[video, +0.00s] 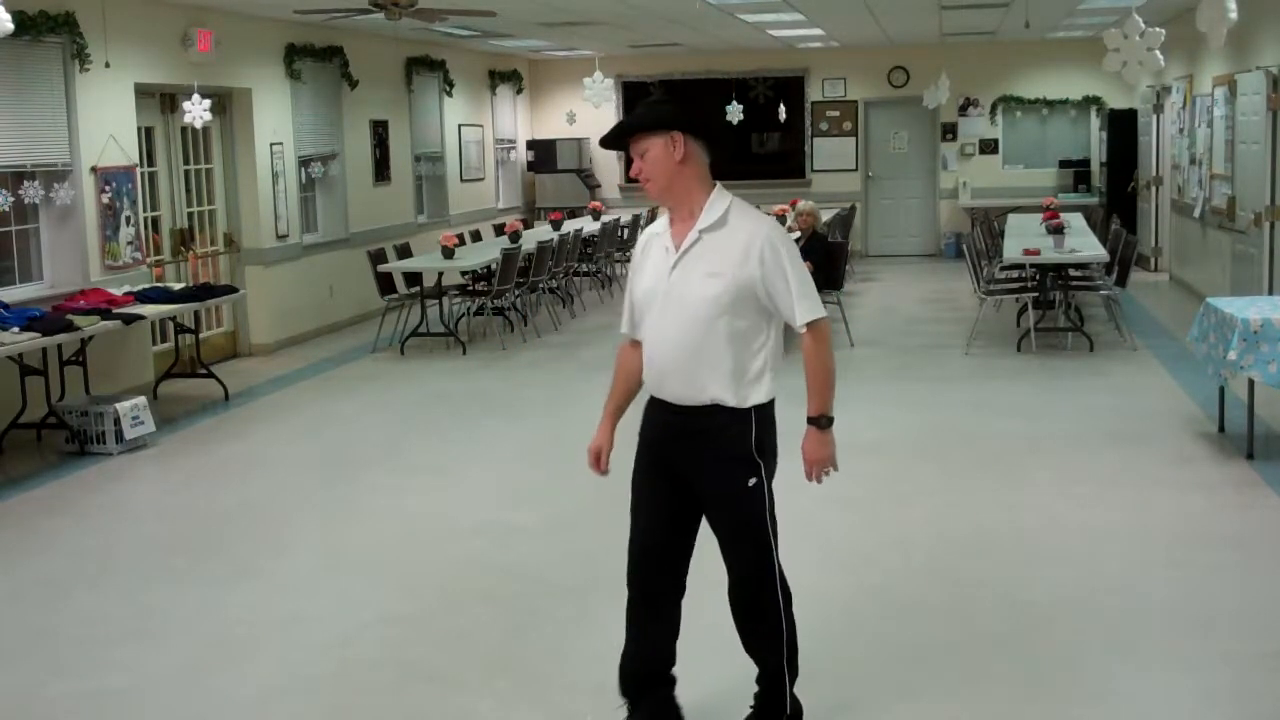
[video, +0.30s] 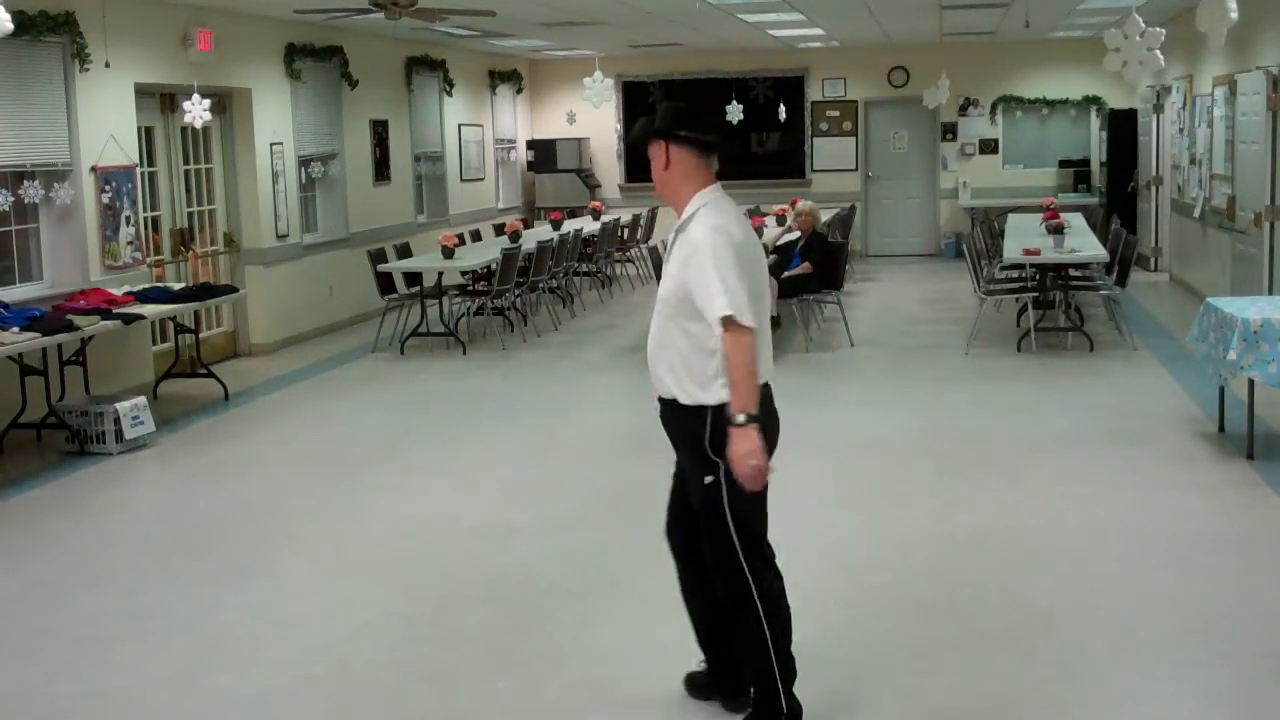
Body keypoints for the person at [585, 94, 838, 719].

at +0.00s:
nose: (632, 171)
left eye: (640, 156)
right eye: (630, 159)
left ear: (677, 149)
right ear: (667, 155)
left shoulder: (757, 233)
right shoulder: (650, 241)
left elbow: (815, 326)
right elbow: (634, 342)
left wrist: (819, 424)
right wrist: (607, 421)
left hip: (736, 428)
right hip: (663, 428)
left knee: (754, 577)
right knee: (650, 578)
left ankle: (778, 701)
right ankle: (649, 706)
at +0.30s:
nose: (650, 175)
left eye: (650, 162)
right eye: (650, 163)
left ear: (667, 156)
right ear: (698, 157)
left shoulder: (712, 229)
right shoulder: (704, 222)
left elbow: (738, 330)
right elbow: (724, 329)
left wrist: (744, 424)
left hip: (721, 419)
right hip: (700, 414)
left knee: (739, 561)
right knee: (690, 537)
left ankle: (776, 703)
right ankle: (729, 672)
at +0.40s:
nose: (650, 169)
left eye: (651, 157)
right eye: (652, 157)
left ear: (664, 156)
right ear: (706, 156)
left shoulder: (696, 225)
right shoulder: (730, 218)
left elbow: (697, 330)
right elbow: (760, 305)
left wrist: (682, 421)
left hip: (706, 409)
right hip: (738, 401)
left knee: (723, 557)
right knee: (729, 549)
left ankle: (773, 699)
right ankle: (736, 671)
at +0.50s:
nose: (650, 165)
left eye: (648, 155)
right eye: (652, 155)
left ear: (656, 154)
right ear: (708, 155)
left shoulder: (671, 226)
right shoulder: (741, 221)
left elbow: (654, 331)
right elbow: (763, 322)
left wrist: (619, 422)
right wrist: (765, 392)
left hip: (688, 406)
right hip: (743, 398)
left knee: (692, 544)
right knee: (737, 536)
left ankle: (737, 688)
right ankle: (733, 668)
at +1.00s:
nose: (644, 168)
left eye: (629, 160)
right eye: (661, 157)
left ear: (623, 163)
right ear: (675, 161)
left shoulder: (596, 234)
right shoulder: (715, 225)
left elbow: (586, 332)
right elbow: (751, 310)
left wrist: (623, 361)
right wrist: (787, 385)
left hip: (630, 394)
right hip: (702, 389)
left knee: (620, 507)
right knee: (695, 510)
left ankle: (667, 626)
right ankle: (679, 639)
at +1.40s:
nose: (646, 183)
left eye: (643, 177)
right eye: (644, 177)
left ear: (594, 177)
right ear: (637, 178)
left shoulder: (561, 238)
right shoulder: (650, 227)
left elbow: (556, 321)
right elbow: (676, 307)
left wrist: (578, 378)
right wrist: (721, 370)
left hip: (585, 384)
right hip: (649, 380)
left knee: (589, 496)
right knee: (670, 508)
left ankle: (580, 593)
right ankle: (673, 646)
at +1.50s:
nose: (633, 172)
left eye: (628, 163)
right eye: (631, 164)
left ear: (584, 166)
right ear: (623, 167)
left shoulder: (550, 224)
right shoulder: (632, 218)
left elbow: (539, 301)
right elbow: (647, 295)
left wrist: (579, 336)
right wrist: (690, 362)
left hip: (566, 369)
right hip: (626, 366)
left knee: (575, 484)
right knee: (649, 492)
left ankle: (579, 593)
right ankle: (647, 622)